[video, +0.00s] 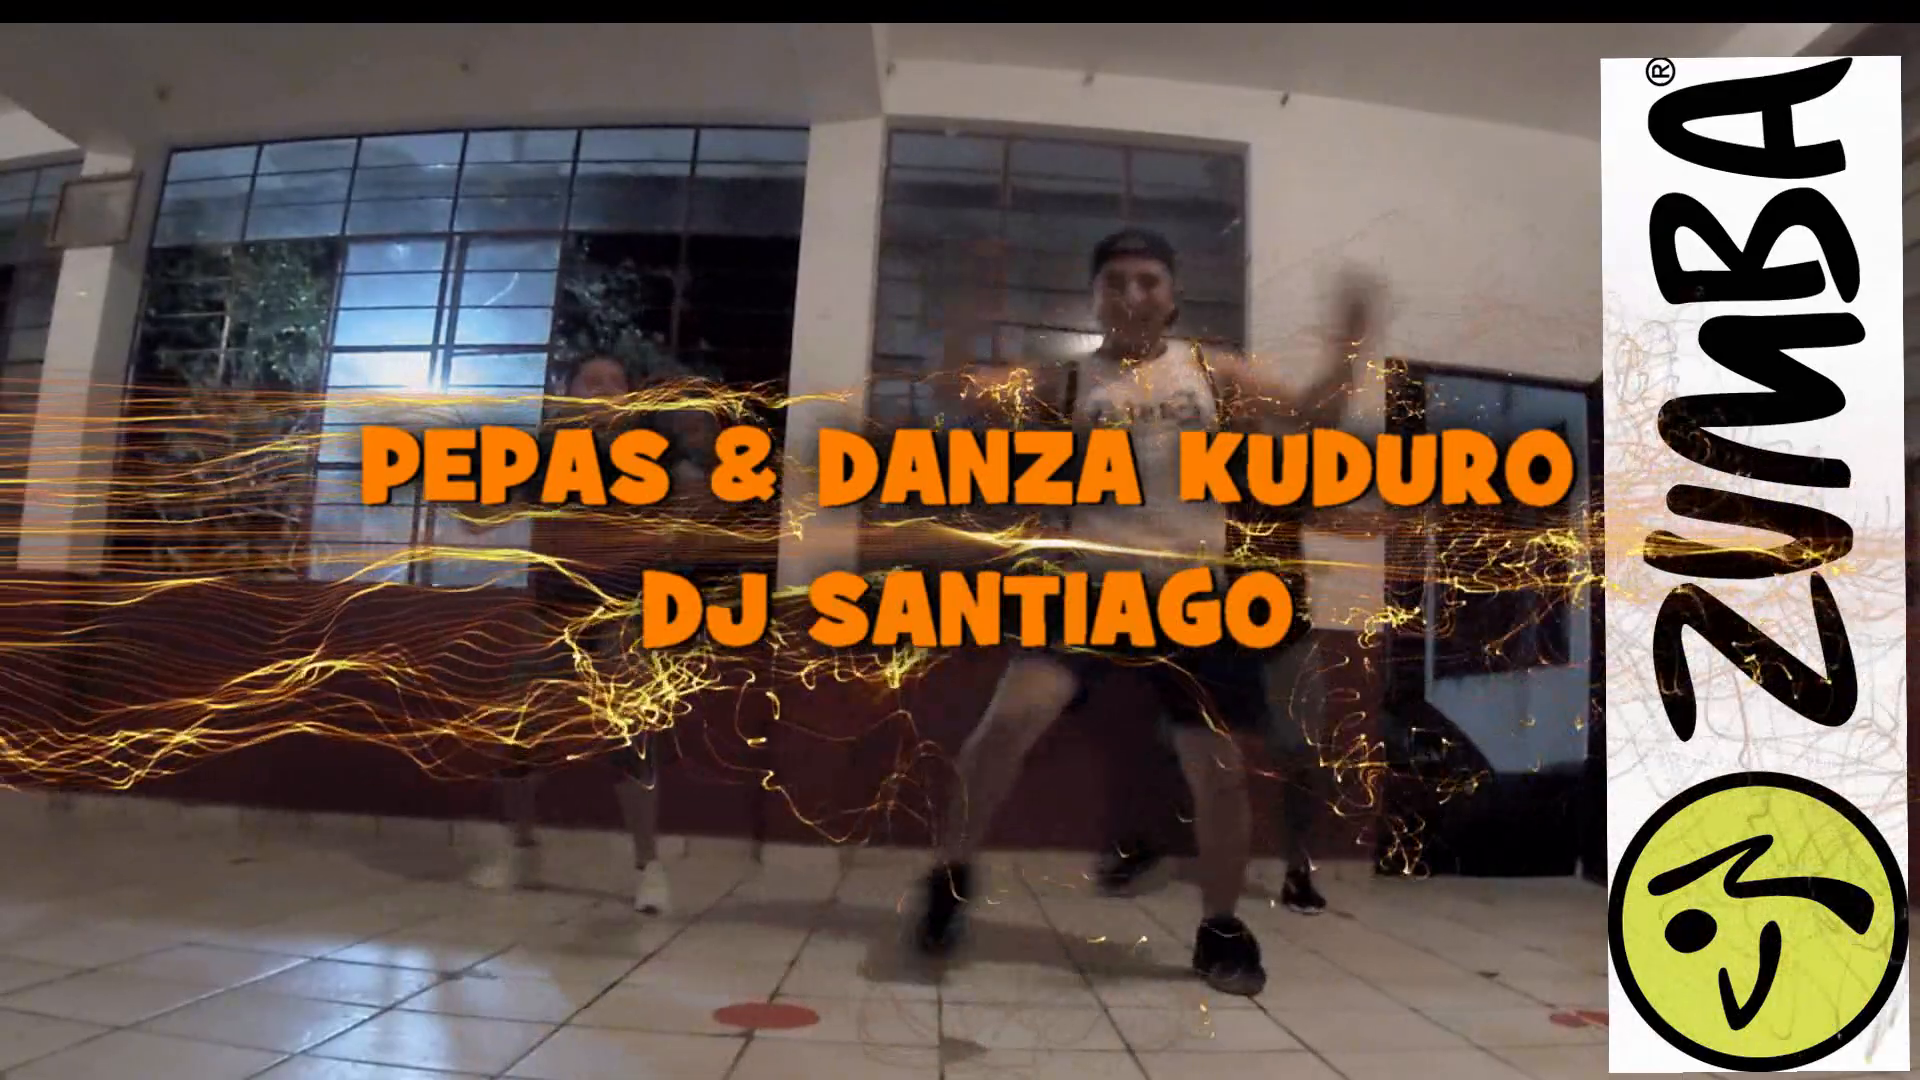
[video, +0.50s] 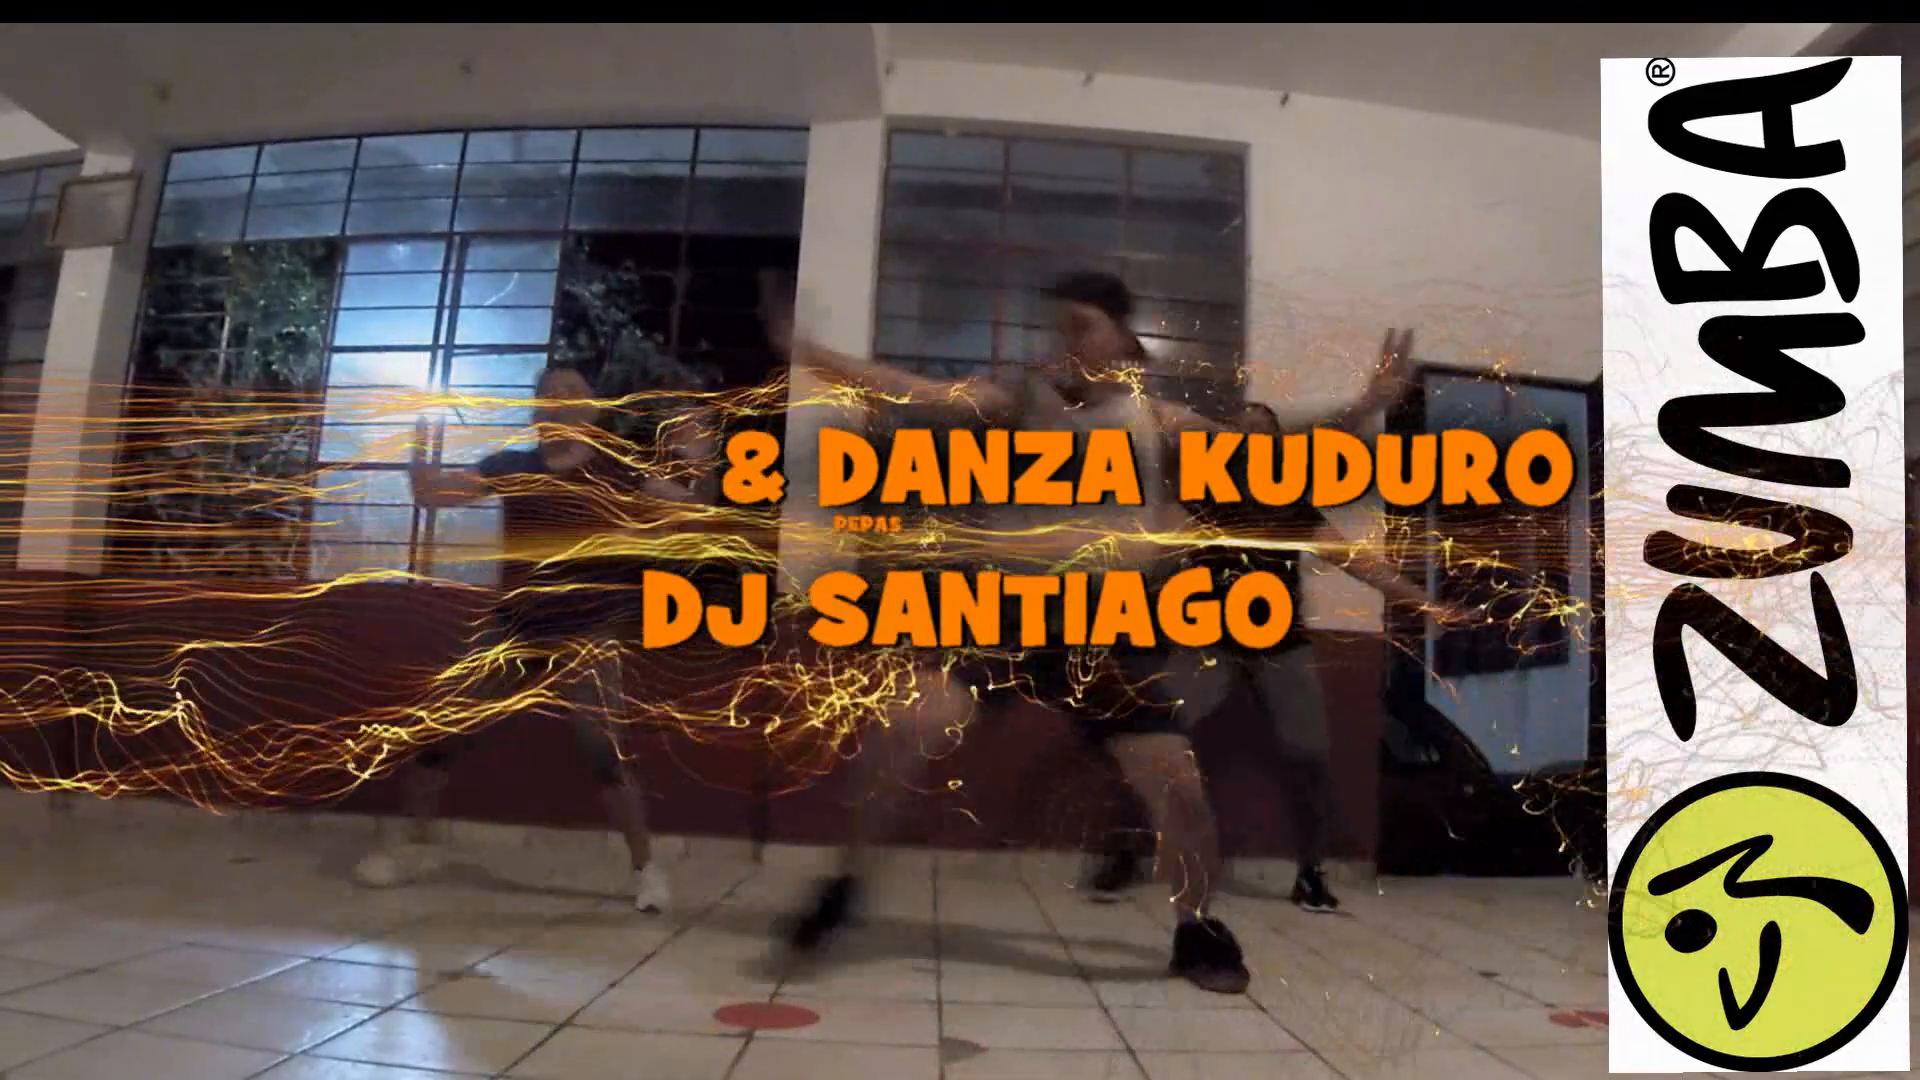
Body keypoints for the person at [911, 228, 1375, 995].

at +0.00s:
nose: (1132, 296)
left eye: (1147, 282)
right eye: (1117, 283)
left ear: (1173, 293)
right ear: (1097, 296)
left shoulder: (1210, 371)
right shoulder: (1068, 378)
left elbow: (1311, 408)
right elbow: (993, 397)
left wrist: (1349, 341)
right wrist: (967, 390)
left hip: (1191, 589)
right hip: (1085, 588)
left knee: (1218, 759)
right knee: (1014, 713)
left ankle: (1221, 927)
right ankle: (950, 879)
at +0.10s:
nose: (1150, 273)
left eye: (1163, 260)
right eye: (1135, 260)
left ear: (1182, 273)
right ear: (1106, 271)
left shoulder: (1214, 353)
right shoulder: (1069, 348)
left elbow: (1268, 443)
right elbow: (995, 366)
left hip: (1187, 568)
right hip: (1083, 567)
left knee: (1220, 738)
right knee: (1050, 692)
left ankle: (1214, 916)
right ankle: (1053, 861)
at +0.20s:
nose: (1159, 290)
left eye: (1172, 277)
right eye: (1145, 277)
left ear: (1192, 290)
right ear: (1119, 288)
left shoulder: (1218, 377)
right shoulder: (1083, 373)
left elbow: (1272, 421)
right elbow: (1015, 381)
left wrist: (1215, 379)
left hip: (1188, 587)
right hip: (1094, 586)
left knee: (1214, 757)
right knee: (1106, 723)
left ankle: (1207, 921)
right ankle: (1129, 902)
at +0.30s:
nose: (1150, 334)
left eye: (1167, 321)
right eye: (1138, 320)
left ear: (1195, 335)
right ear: (1118, 333)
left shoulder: (1216, 414)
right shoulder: (1077, 407)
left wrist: (1235, 415)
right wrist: (1049, 420)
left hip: (1180, 611)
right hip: (1086, 611)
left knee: (1218, 781)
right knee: (1093, 754)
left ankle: (1202, 931)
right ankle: (1132, 922)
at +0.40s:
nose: (1126, 363)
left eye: (1141, 348)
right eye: (1116, 348)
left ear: (1174, 355)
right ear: (1098, 356)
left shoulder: (1203, 437)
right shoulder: (1064, 437)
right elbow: (1008, 532)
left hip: (1159, 638)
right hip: (1059, 632)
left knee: (1204, 783)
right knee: (1001, 725)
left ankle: (1201, 928)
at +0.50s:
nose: (1077, 340)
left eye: (1090, 327)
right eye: (1067, 327)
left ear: (1124, 334)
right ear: (1053, 332)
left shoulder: (1155, 414)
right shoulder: (1020, 396)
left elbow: (1267, 437)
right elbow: (922, 396)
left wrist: (1364, 405)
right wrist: (820, 357)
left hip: (1114, 617)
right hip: (1004, 608)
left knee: (1176, 776)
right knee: (913, 723)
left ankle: (1197, 926)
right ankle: (841, 885)